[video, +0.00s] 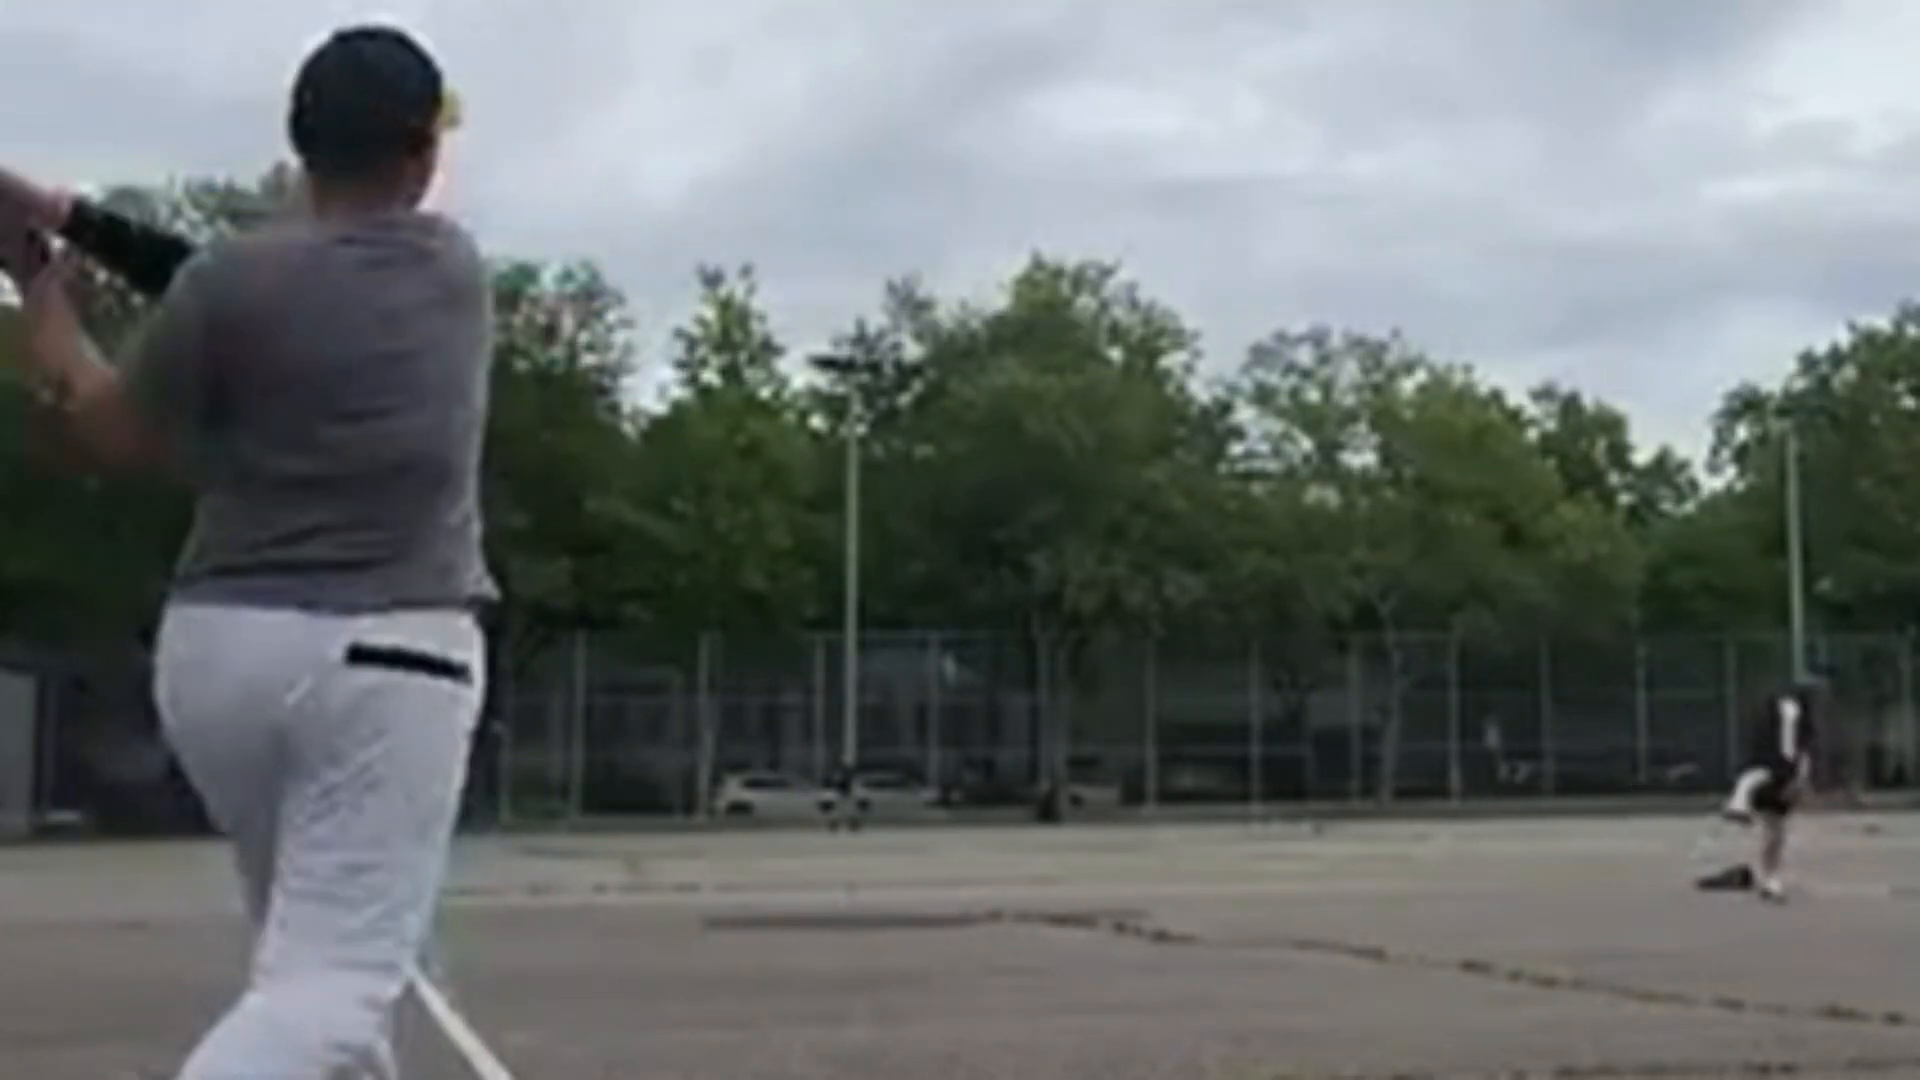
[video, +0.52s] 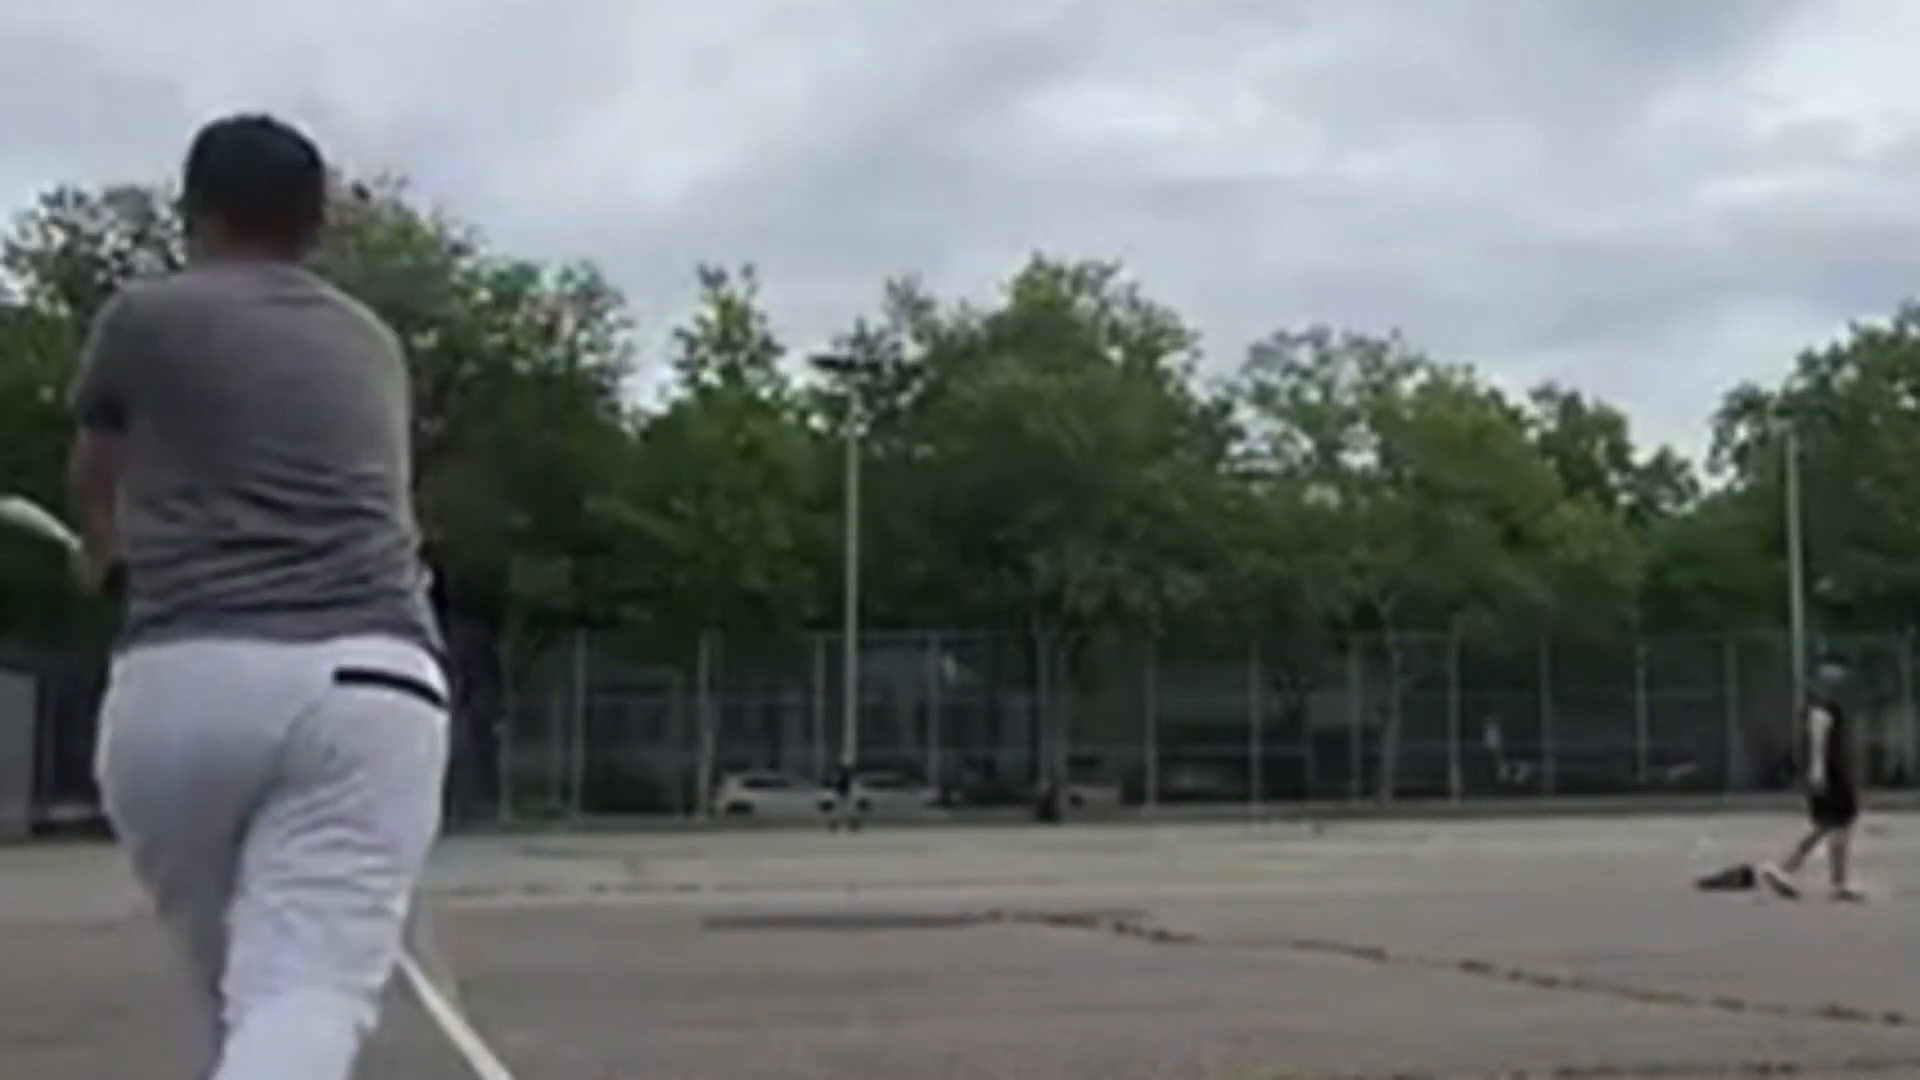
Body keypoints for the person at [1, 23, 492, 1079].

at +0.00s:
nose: (443, 137)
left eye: (435, 121)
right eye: (441, 123)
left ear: (298, 141)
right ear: (428, 143)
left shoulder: (230, 277)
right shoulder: (457, 275)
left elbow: (117, 430)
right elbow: (329, 274)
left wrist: (47, 307)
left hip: (220, 648)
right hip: (402, 653)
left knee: (309, 958)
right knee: (336, 977)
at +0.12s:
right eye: (395, 159)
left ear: (265, 168)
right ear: (393, 178)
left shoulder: (238, 294)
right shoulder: (418, 292)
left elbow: (36, 302)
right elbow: (185, 241)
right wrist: (76, 104)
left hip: (234, 660)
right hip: (419, 665)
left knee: (276, 983)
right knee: (335, 993)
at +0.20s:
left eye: (263, 157)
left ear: (259, 175)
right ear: (389, 191)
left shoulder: (227, 302)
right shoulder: (419, 311)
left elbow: (24, 283)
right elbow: (199, 265)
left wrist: (18, 138)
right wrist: (57, 134)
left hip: (224, 673)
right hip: (413, 686)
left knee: (241, 1003)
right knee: (316, 1013)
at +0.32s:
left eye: (255, 175)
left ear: (248, 187)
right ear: (380, 206)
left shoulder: (194, 304)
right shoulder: (409, 329)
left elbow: (71, 366)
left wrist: (31, 330)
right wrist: (70, 326)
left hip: (200, 692)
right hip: (394, 708)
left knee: (236, 1029)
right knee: (300, 1036)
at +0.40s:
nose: (371, 205)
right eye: (370, 190)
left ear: (239, 194)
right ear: (370, 208)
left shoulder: (168, 308)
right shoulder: (398, 336)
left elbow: (67, 443)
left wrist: (53, 437)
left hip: (188, 700)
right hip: (385, 713)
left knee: (239, 1030)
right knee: (305, 1036)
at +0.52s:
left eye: (195, 210)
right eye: (316, 211)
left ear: (194, 212)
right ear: (318, 219)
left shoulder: (140, 316)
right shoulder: (373, 339)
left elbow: (93, 479)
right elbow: (366, 497)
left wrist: (104, 550)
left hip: (183, 685)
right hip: (375, 686)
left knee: (224, 996)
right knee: (308, 993)